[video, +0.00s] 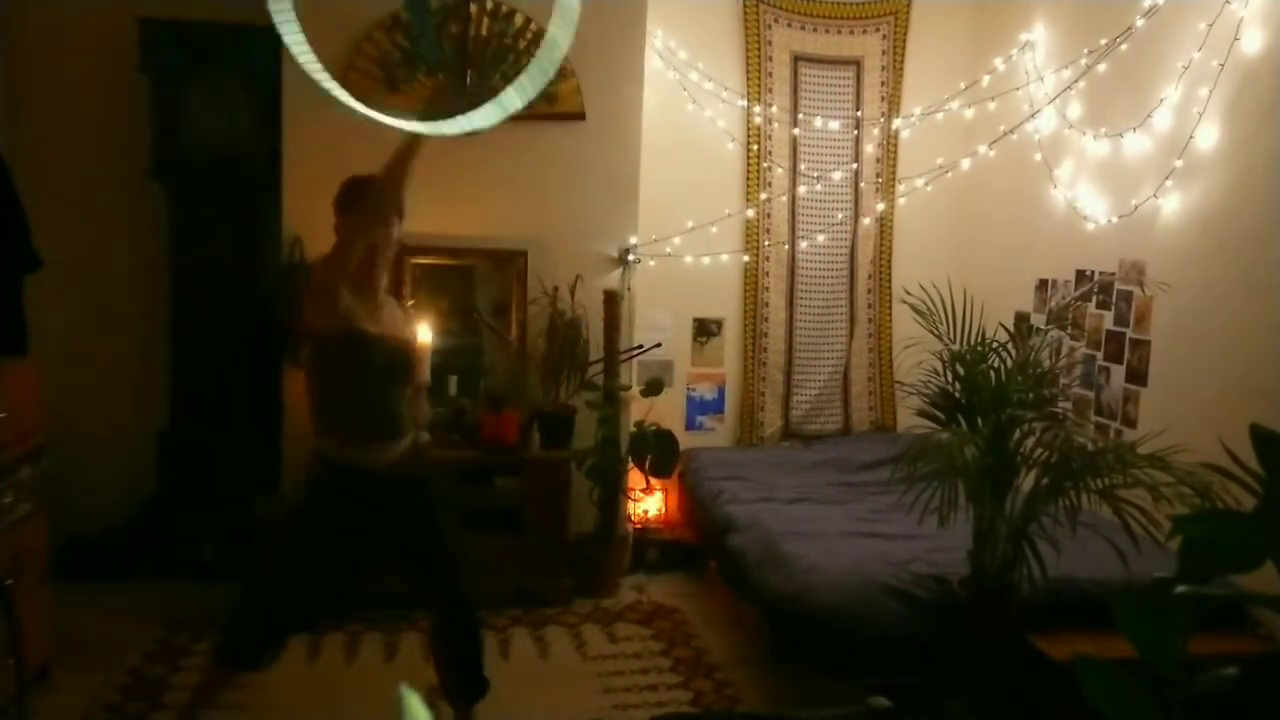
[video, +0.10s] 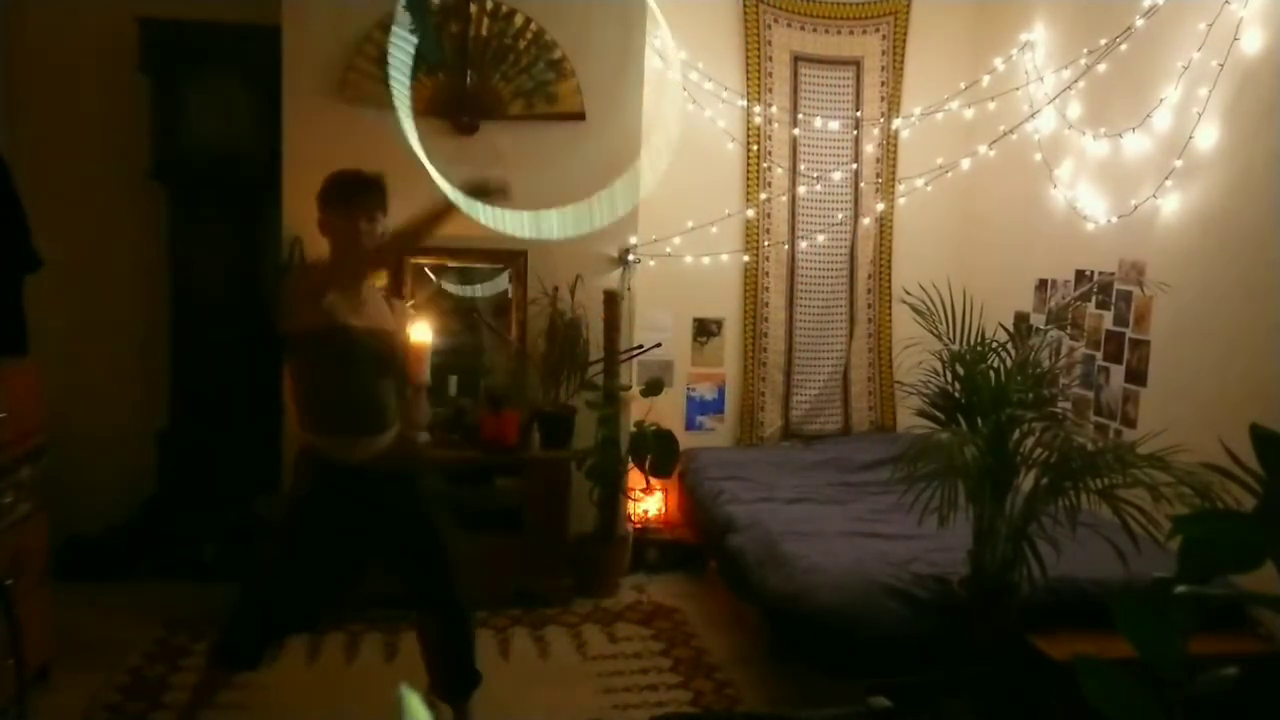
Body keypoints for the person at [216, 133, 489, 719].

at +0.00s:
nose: (386, 238)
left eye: (392, 223)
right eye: (375, 221)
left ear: (401, 231)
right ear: (345, 222)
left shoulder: (393, 308)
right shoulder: (319, 295)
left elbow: (409, 396)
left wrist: (419, 374)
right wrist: (414, 133)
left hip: (403, 475)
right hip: (339, 476)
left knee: (452, 593)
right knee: (281, 597)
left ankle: (465, 702)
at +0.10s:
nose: (366, 228)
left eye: (373, 217)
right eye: (353, 217)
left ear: (383, 223)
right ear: (325, 223)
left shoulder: (386, 304)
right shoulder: (304, 290)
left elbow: (411, 385)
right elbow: (392, 249)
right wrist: (455, 202)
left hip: (392, 469)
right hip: (323, 471)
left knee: (439, 590)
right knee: (275, 597)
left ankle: (457, 704)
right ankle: (199, 699)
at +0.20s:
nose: (354, 231)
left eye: (364, 218)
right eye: (341, 217)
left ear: (377, 226)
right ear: (316, 222)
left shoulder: (386, 306)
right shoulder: (297, 291)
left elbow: (411, 393)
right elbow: (342, 323)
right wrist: (405, 319)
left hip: (381, 467)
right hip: (312, 470)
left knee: (433, 583)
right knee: (278, 591)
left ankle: (454, 701)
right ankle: (212, 685)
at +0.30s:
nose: (361, 237)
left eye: (371, 224)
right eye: (347, 224)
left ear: (384, 232)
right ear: (323, 230)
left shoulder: (393, 315)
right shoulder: (300, 303)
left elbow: (408, 399)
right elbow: (341, 377)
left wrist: (418, 364)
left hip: (389, 475)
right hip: (320, 476)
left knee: (446, 611)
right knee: (266, 604)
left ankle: (461, 708)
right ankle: (198, 702)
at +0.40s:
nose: (377, 245)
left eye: (386, 232)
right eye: (365, 233)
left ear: (401, 238)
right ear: (343, 241)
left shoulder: (415, 316)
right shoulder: (329, 315)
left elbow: (421, 396)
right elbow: (346, 407)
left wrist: (429, 446)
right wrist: (392, 449)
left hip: (419, 473)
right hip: (362, 477)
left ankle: (460, 704)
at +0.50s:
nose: (406, 248)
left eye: (413, 235)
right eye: (391, 236)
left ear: (425, 240)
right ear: (369, 246)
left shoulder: (459, 328)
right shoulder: (359, 333)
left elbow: (480, 408)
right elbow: (356, 425)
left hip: (453, 488)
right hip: (385, 492)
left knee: (501, 640)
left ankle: (472, 710)